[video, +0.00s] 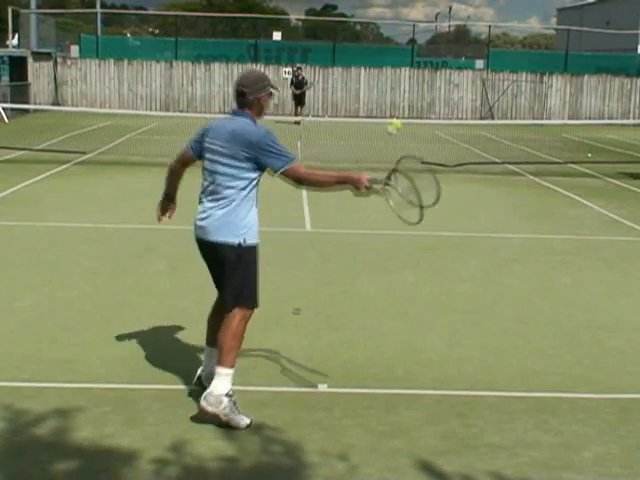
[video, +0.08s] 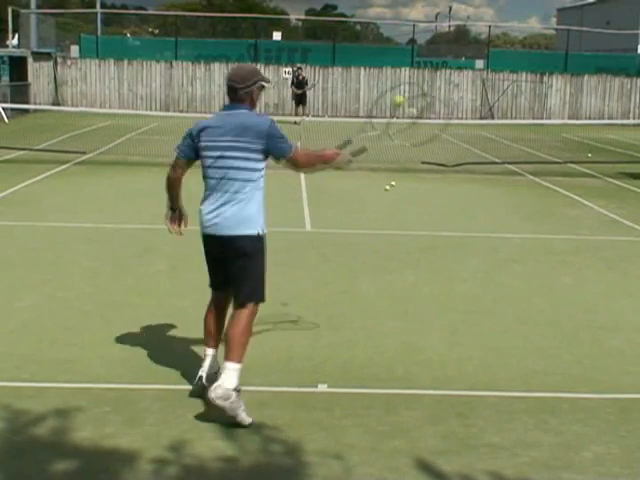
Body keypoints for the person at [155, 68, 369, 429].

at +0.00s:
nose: (269, 101)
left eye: (268, 96)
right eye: (267, 96)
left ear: (240, 97)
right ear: (257, 98)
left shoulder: (212, 128)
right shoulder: (256, 135)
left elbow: (179, 163)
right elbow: (299, 175)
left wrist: (168, 196)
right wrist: (349, 179)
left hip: (207, 232)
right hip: (236, 237)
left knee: (226, 299)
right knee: (242, 308)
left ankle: (209, 368)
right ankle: (218, 394)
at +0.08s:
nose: (261, 97)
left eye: (260, 91)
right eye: (260, 92)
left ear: (229, 94)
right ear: (252, 94)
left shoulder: (205, 127)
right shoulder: (262, 126)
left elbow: (175, 173)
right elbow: (298, 159)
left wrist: (175, 206)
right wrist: (328, 156)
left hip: (212, 228)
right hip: (246, 231)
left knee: (219, 297)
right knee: (246, 304)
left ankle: (207, 367)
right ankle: (226, 386)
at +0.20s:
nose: (256, 91)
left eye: (251, 85)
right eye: (254, 87)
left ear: (223, 92)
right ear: (251, 91)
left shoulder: (204, 132)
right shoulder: (265, 122)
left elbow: (183, 188)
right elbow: (283, 142)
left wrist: (195, 214)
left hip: (221, 231)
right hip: (261, 229)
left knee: (219, 298)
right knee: (260, 303)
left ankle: (211, 370)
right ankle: (250, 381)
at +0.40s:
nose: (239, 99)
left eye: (233, 95)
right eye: (251, 94)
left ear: (229, 97)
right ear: (259, 96)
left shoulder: (218, 136)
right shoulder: (274, 128)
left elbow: (204, 195)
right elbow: (251, 133)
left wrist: (197, 222)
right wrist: (223, 125)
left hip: (234, 236)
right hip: (275, 233)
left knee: (225, 305)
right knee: (287, 306)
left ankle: (218, 379)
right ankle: (295, 384)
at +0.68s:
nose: (248, 105)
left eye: (247, 101)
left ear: (247, 104)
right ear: (276, 102)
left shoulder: (244, 142)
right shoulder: (295, 135)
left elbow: (232, 197)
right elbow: (279, 182)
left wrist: (206, 203)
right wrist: (237, 180)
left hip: (262, 243)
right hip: (302, 240)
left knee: (238, 306)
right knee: (302, 309)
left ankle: (237, 383)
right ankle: (319, 385)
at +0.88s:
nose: (254, 109)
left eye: (248, 104)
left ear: (246, 107)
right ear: (277, 106)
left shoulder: (234, 144)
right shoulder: (298, 140)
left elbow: (219, 204)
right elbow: (316, 194)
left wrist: (209, 202)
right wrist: (283, 204)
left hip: (255, 253)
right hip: (298, 249)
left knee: (257, 323)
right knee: (312, 318)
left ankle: (273, 405)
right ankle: (330, 389)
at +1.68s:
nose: (280, 111)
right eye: (283, 106)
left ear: (253, 109)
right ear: (284, 110)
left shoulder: (229, 146)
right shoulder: (298, 150)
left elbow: (204, 199)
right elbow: (314, 213)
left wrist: (236, 211)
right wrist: (294, 239)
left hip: (235, 255)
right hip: (280, 256)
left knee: (235, 333)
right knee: (301, 332)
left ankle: (223, 422)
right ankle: (305, 420)